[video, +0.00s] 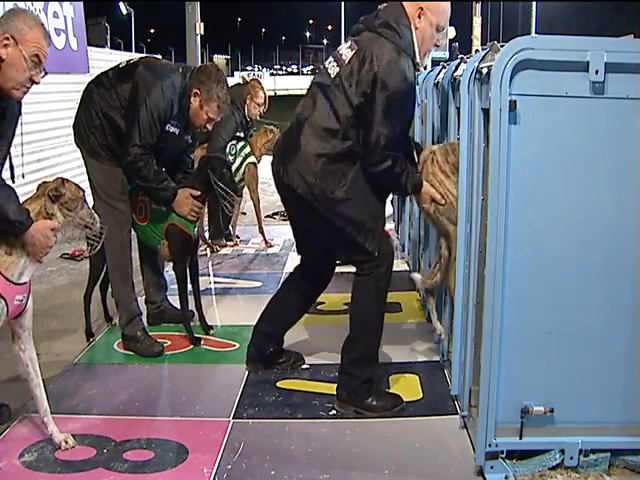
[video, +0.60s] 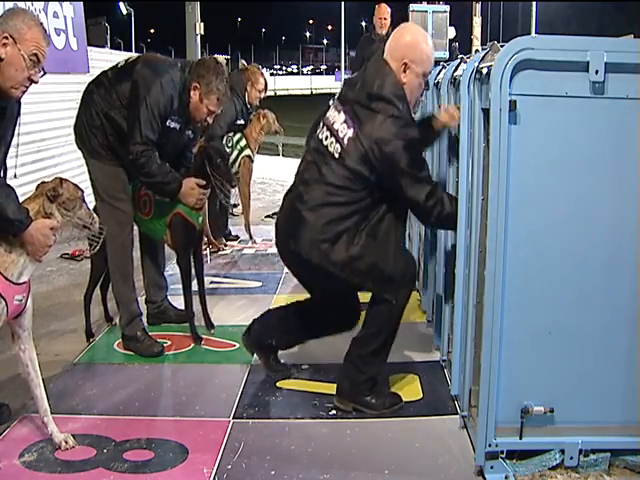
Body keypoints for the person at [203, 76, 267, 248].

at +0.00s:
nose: (260, 111)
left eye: (262, 106)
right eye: (258, 105)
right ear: (247, 100)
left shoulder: (247, 119)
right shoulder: (231, 116)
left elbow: (247, 141)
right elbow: (215, 150)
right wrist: (225, 178)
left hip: (223, 156)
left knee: (232, 190)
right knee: (217, 192)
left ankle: (226, 230)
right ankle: (216, 235)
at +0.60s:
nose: (261, 96)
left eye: (263, 92)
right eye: (259, 91)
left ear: (249, 87)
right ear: (246, 87)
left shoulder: (244, 105)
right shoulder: (231, 104)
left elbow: (239, 130)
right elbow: (213, 137)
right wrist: (224, 170)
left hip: (223, 151)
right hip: (212, 152)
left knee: (224, 191)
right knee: (218, 192)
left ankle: (223, 229)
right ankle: (216, 232)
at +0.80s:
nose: (261, 100)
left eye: (263, 96)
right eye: (260, 95)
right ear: (248, 89)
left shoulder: (245, 105)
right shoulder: (233, 104)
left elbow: (243, 129)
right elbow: (215, 133)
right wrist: (230, 165)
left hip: (221, 145)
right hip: (209, 146)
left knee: (224, 189)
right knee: (215, 190)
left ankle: (224, 229)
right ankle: (215, 232)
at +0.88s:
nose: (261, 100)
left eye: (263, 96)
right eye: (259, 94)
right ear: (248, 89)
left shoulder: (246, 106)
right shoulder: (233, 105)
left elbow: (242, 128)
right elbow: (217, 130)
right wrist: (228, 160)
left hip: (222, 144)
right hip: (208, 146)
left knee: (224, 190)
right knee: (214, 192)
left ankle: (224, 229)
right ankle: (214, 232)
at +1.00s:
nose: (261, 98)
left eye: (263, 94)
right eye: (259, 93)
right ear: (246, 88)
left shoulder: (244, 103)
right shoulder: (230, 104)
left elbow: (241, 127)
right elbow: (219, 132)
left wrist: (253, 139)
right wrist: (235, 153)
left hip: (222, 149)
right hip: (207, 150)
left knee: (224, 193)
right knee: (213, 195)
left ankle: (223, 229)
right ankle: (213, 233)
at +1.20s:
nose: (258, 102)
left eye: (260, 98)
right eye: (256, 96)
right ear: (244, 91)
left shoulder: (241, 104)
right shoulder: (222, 106)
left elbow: (244, 127)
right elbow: (220, 137)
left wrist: (251, 141)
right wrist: (240, 152)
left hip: (224, 150)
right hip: (206, 152)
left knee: (224, 195)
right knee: (212, 197)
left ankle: (223, 229)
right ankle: (213, 234)